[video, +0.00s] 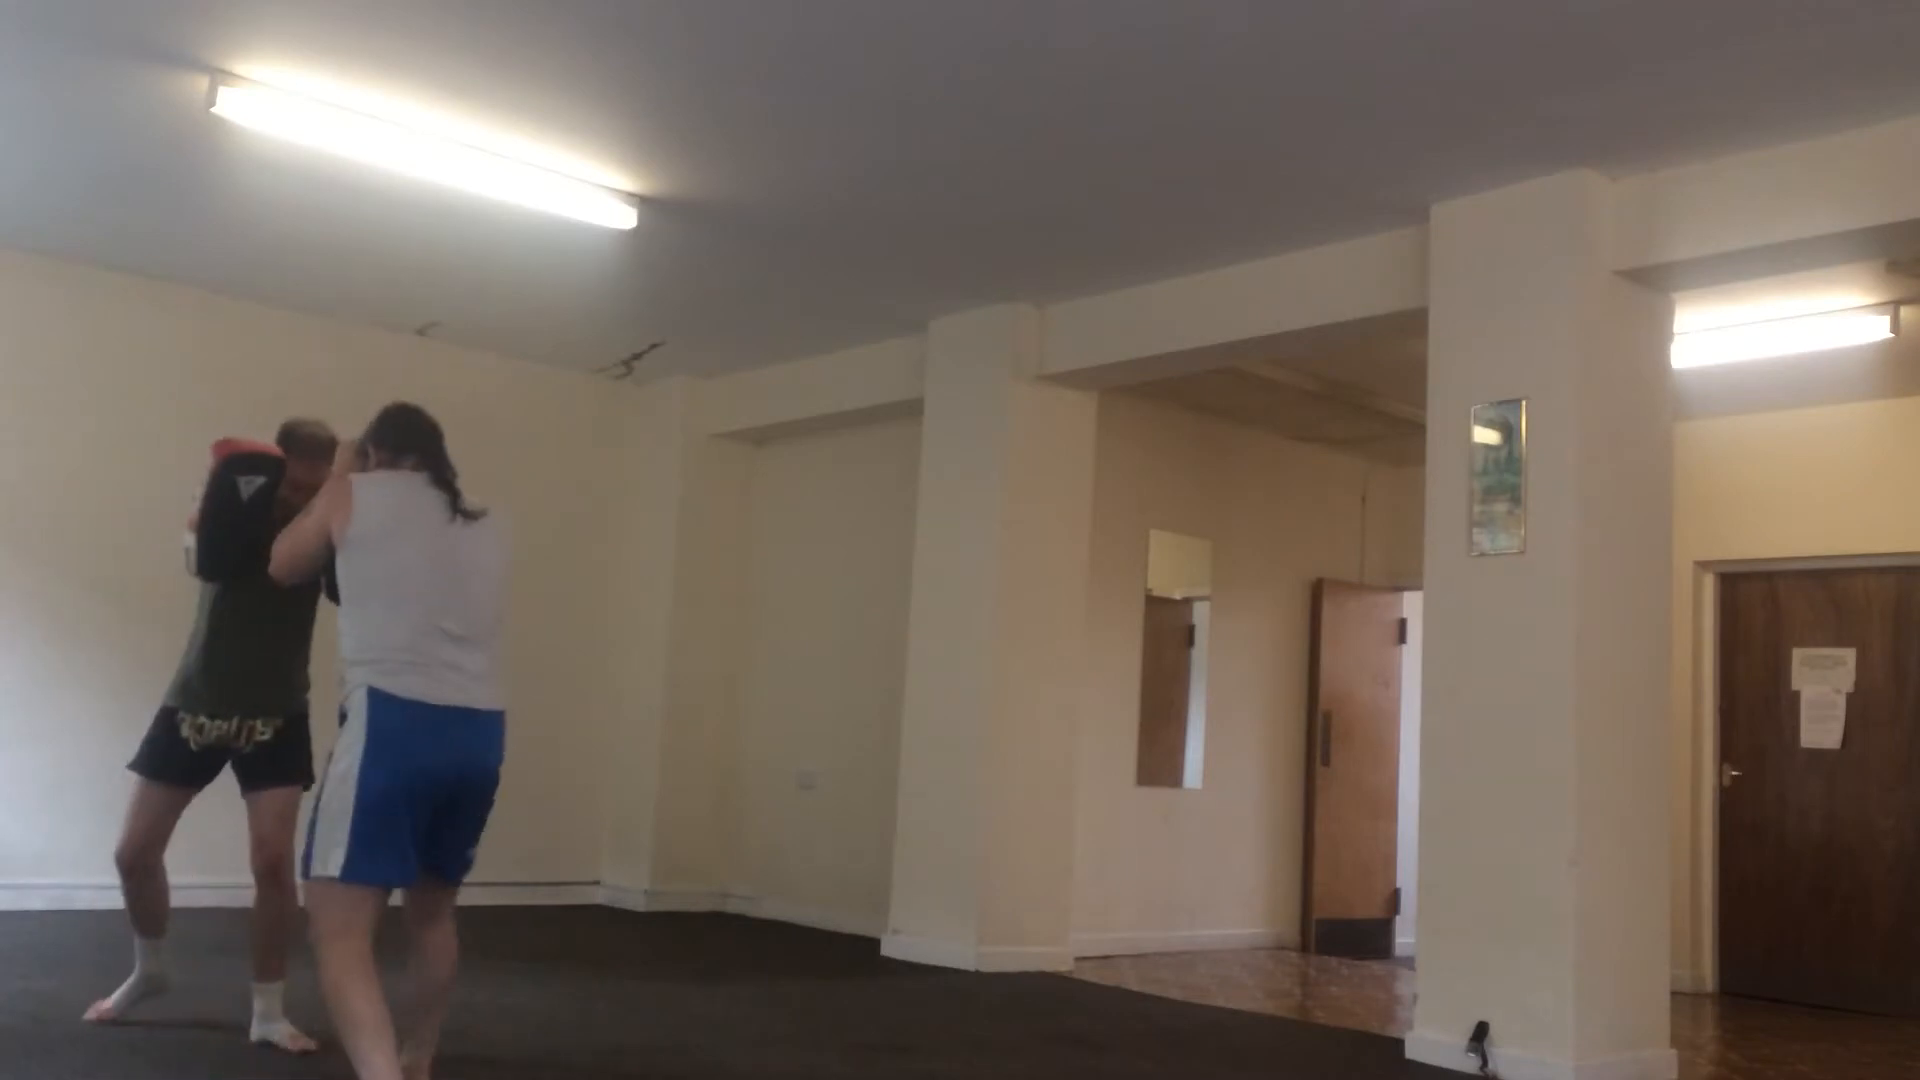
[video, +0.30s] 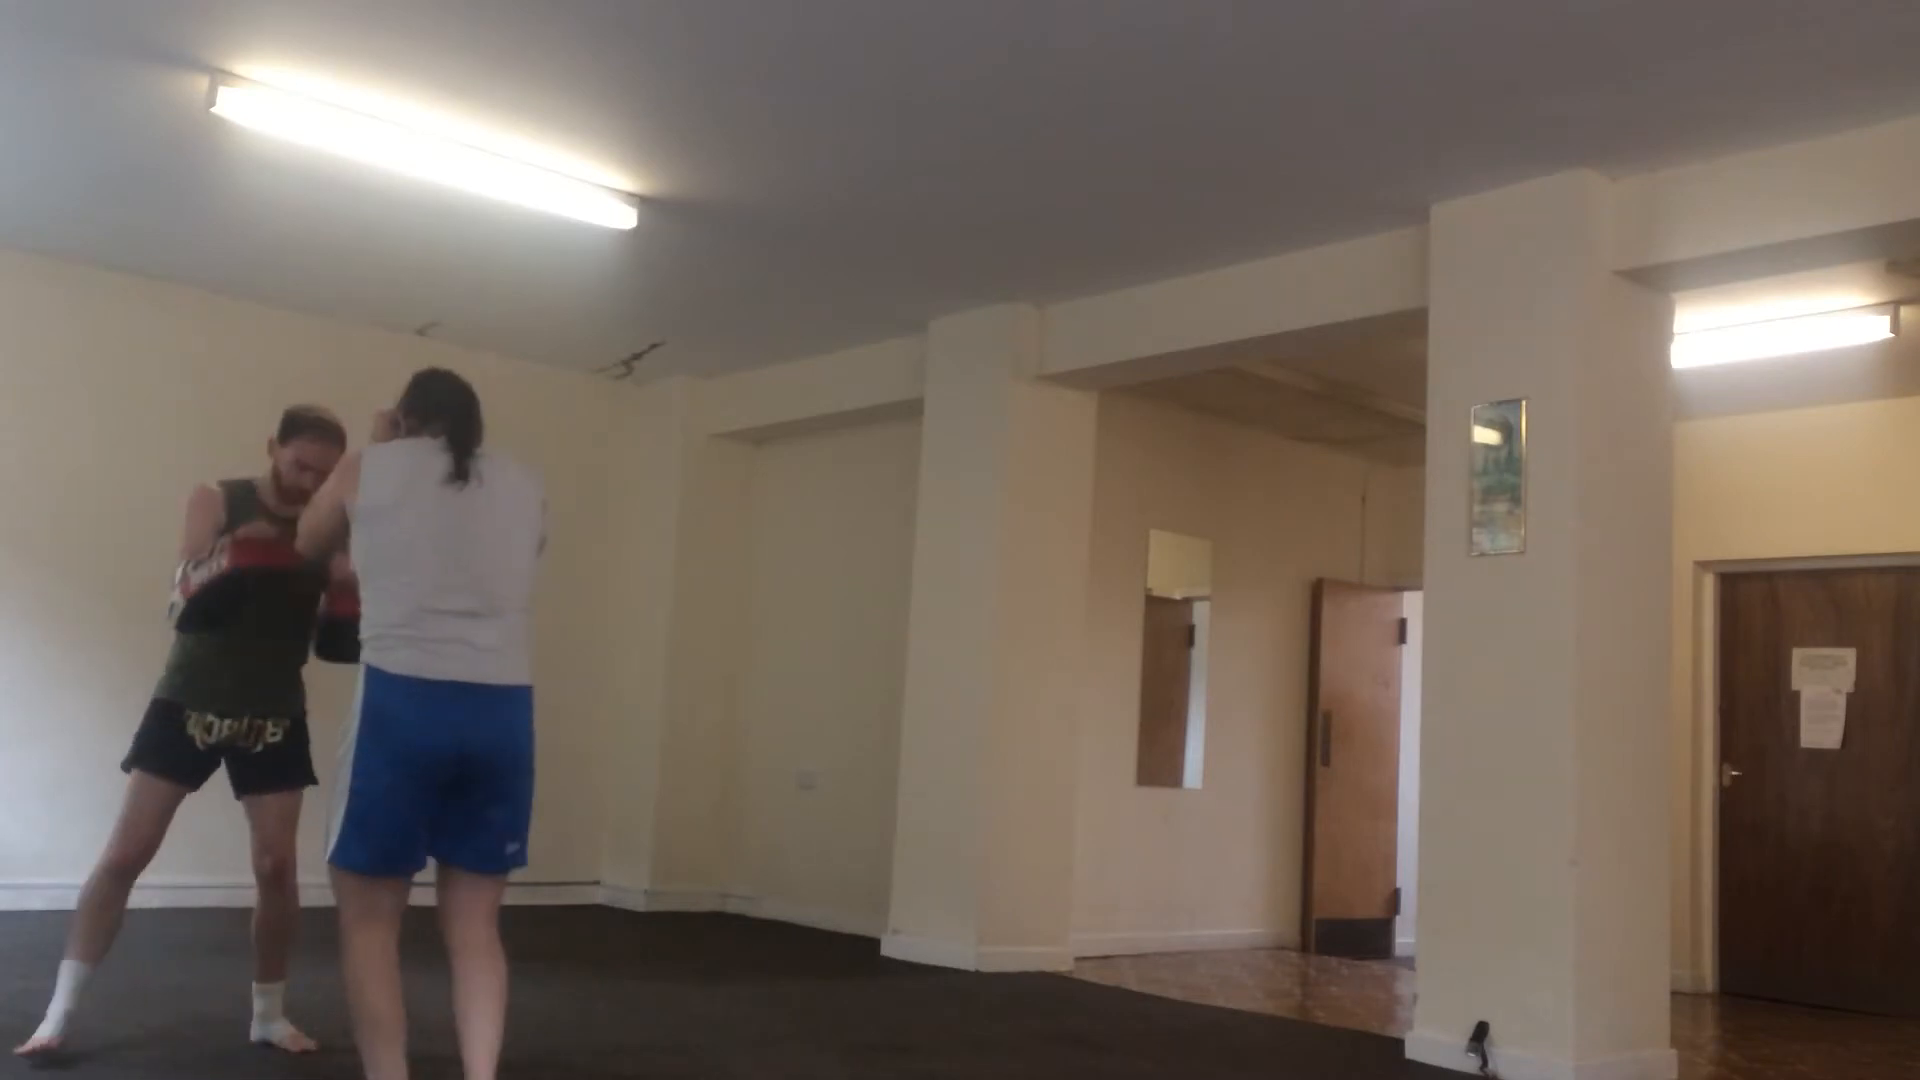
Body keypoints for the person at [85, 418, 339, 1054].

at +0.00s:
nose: (307, 499)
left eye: (318, 489)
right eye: (298, 486)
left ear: (329, 483)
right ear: (277, 471)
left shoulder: (319, 528)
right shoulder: (235, 497)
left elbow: (347, 592)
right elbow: (217, 561)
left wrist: (342, 514)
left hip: (276, 715)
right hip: (197, 707)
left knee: (274, 866)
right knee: (135, 853)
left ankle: (269, 1014)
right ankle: (149, 972)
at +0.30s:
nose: (305, 480)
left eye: (320, 471)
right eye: (297, 464)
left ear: (335, 474)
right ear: (273, 450)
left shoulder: (328, 525)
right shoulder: (217, 502)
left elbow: (336, 646)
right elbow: (185, 597)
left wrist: (348, 590)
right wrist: (230, 555)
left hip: (274, 707)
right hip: (192, 698)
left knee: (277, 867)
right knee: (123, 857)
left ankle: (269, 1015)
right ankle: (59, 1013)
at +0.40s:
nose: (296, 480)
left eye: (309, 471)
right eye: (289, 464)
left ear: (316, 470)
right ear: (259, 447)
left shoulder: (301, 528)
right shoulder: (200, 503)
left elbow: (304, 634)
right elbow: (177, 602)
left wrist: (342, 632)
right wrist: (245, 590)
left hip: (258, 709)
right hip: (178, 703)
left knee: (275, 868)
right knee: (114, 859)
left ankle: (268, 1018)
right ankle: (47, 1022)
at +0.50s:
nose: (274, 480)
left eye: (287, 471)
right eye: (268, 464)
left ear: (293, 470)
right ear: (238, 444)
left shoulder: (271, 526)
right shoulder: (176, 505)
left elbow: (264, 618)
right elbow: (171, 600)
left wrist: (322, 621)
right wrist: (269, 594)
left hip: (237, 707)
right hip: (161, 706)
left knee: (269, 866)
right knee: (112, 863)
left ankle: (266, 1014)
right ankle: (43, 1030)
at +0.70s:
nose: (255, 467)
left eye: (267, 458)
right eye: (248, 450)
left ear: (274, 459)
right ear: (216, 430)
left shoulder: (231, 514)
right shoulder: (161, 496)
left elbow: (240, 599)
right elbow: (203, 597)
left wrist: (311, 598)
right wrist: (287, 584)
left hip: (207, 702)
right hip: (143, 704)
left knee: (259, 847)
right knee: (107, 864)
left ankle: (220, 1002)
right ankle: (43, 1029)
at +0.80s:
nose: (261, 463)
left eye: (272, 455)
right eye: (255, 446)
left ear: (272, 458)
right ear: (219, 429)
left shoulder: (227, 516)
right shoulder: (170, 495)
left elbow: (235, 613)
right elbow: (221, 597)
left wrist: (299, 596)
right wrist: (293, 588)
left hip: (210, 708)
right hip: (147, 707)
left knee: (248, 853)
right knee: (107, 862)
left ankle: (194, 1004)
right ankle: (42, 1031)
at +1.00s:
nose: (284, 466)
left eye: (295, 458)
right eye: (278, 450)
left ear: (293, 460)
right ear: (241, 434)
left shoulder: (243, 517)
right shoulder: (198, 497)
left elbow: (255, 618)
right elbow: (244, 603)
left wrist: (310, 599)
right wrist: (306, 594)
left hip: (225, 707)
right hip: (170, 706)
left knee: (240, 859)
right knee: (164, 858)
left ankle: (192, 1012)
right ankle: (50, 1013)